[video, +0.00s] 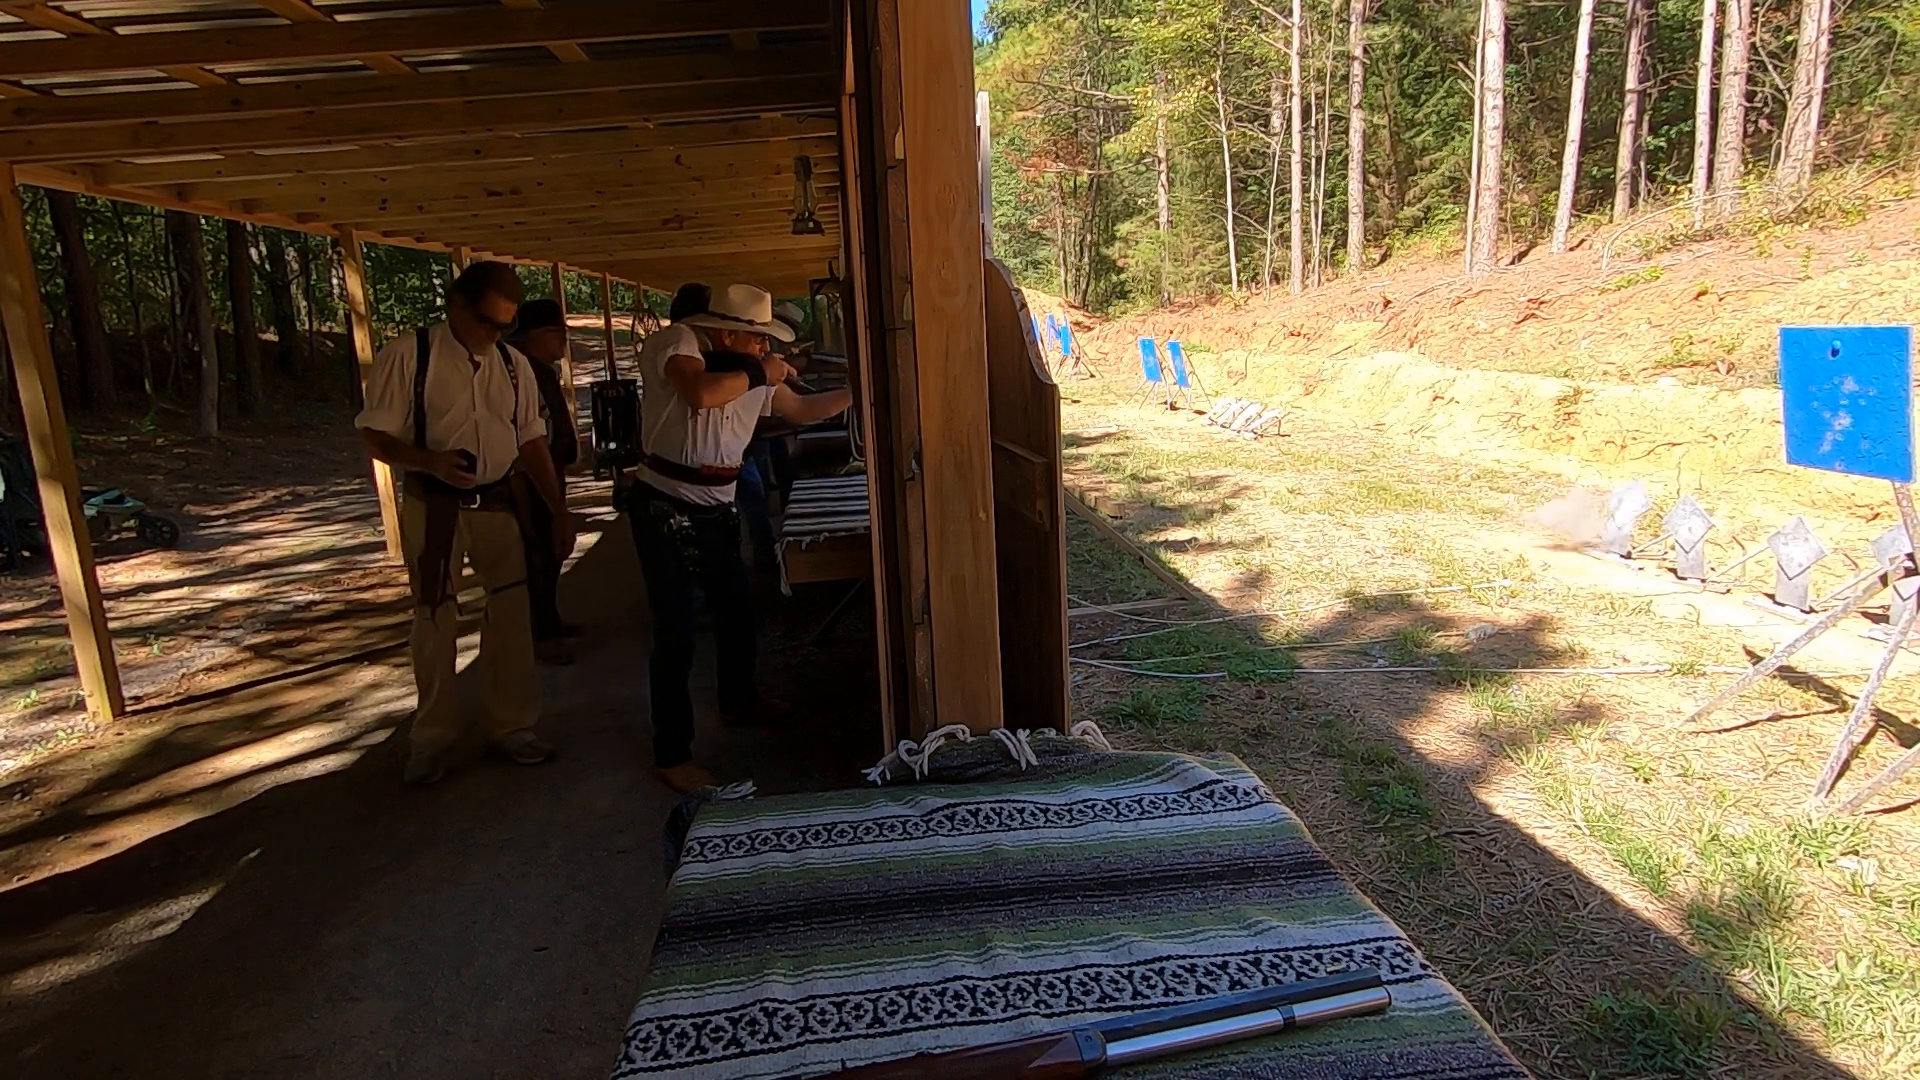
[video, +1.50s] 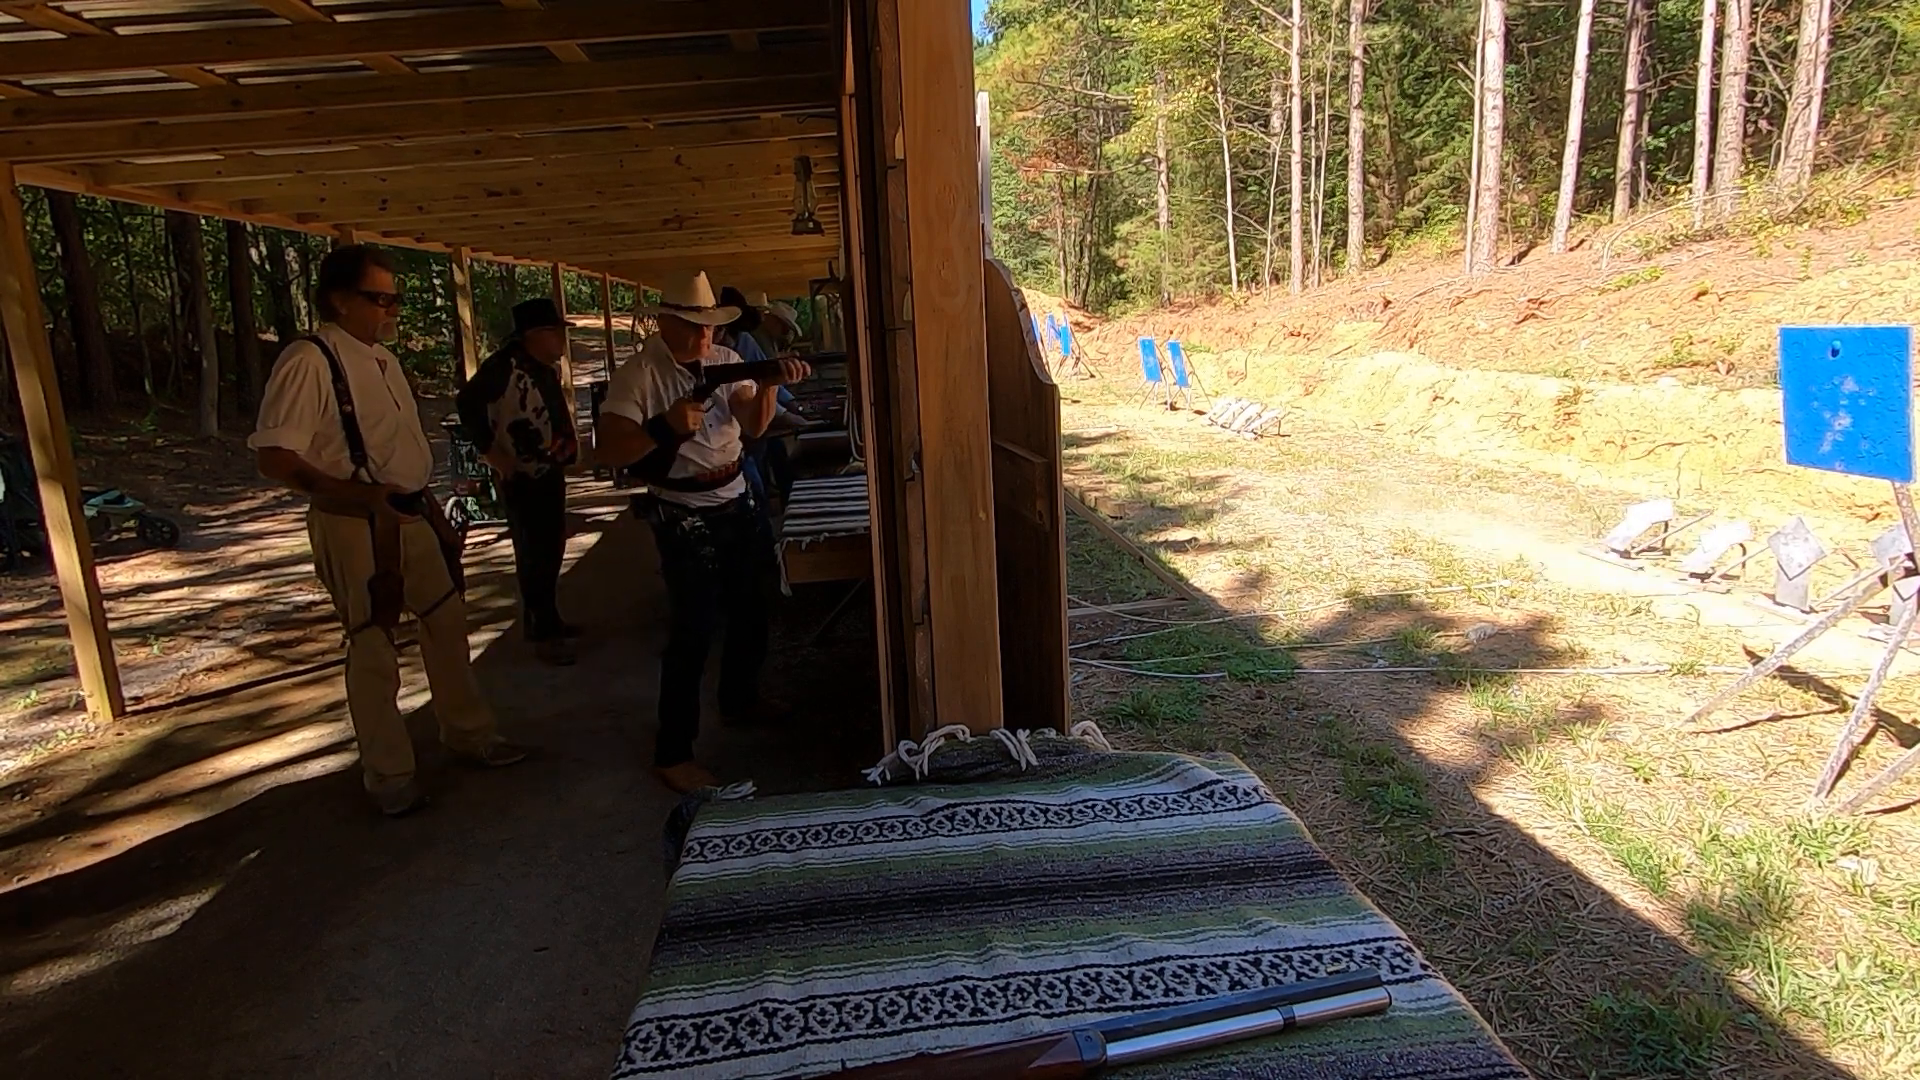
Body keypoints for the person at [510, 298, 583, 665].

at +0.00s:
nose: (565, 340)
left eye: (564, 333)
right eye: (558, 333)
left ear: (544, 336)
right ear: (537, 335)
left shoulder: (546, 372)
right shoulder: (520, 374)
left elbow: (556, 423)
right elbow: (524, 436)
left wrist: (567, 455)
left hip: (549, 474)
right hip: (527, 477)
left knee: (550, 551)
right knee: (537, 554)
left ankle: (552, 624)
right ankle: (542, 636)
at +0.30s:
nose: (565, 343)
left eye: (564, 335)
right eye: (560, 336)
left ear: (544, 334)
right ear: (539, 335)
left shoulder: (545, 369)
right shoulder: (504, 367)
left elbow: (554, 418)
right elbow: (492, 426)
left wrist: (566, 457)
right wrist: (509, 467)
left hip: (550, 473)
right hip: (524, 477)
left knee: (552, 549)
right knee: (535, 552)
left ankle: (550, 619)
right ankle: (540, 631)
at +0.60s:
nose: (566, 343)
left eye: (565, 336)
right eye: (560, 336)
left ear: (545, 336)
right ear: (539, 335)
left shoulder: (545, 367)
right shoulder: (506, 364)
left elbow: (554, 415)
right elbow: (472, 401)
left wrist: (565, 453)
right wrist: (490, 449)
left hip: (549, 474)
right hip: (522, 477)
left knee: (551, 552)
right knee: (535, 554)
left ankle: (549, 621)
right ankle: (541, 631)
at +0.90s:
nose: (564, 340)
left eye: (564, 333)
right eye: (558, 333)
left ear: (544, 335)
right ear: (536, 334)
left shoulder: (545, 368)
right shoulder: (505, 365)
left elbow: (555, 414)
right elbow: (470, 401)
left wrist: (567, 452)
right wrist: (489, 448)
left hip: (550, 473)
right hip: (522, 477)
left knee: (551, 551)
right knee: (535, 553)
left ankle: (549, 620)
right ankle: (541, 630)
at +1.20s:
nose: (563, 339)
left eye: (562, 331)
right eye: (557, 332)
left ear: (544, 334)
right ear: (534, 334)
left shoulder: (546, 369)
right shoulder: (504, 365)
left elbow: (554, 414)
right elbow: (468, 403)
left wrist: (567, 449)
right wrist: (490, 450)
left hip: (549, 474)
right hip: (521, 477)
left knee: (551, 551)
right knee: (534, 554)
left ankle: (550, 620)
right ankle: (541, 631)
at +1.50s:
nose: (563, 340)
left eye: (563, 332)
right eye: (557, 333)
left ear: (546, 335)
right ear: (534, 334)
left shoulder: (547, 371)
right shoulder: (503, 366)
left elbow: (558, 412)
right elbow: (468, 403)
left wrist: (568, 440)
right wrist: (490, 450)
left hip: (550, 474)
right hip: (520, 477)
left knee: (552, 550)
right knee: (534, 553)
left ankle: (550, 620)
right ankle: (541, 630)